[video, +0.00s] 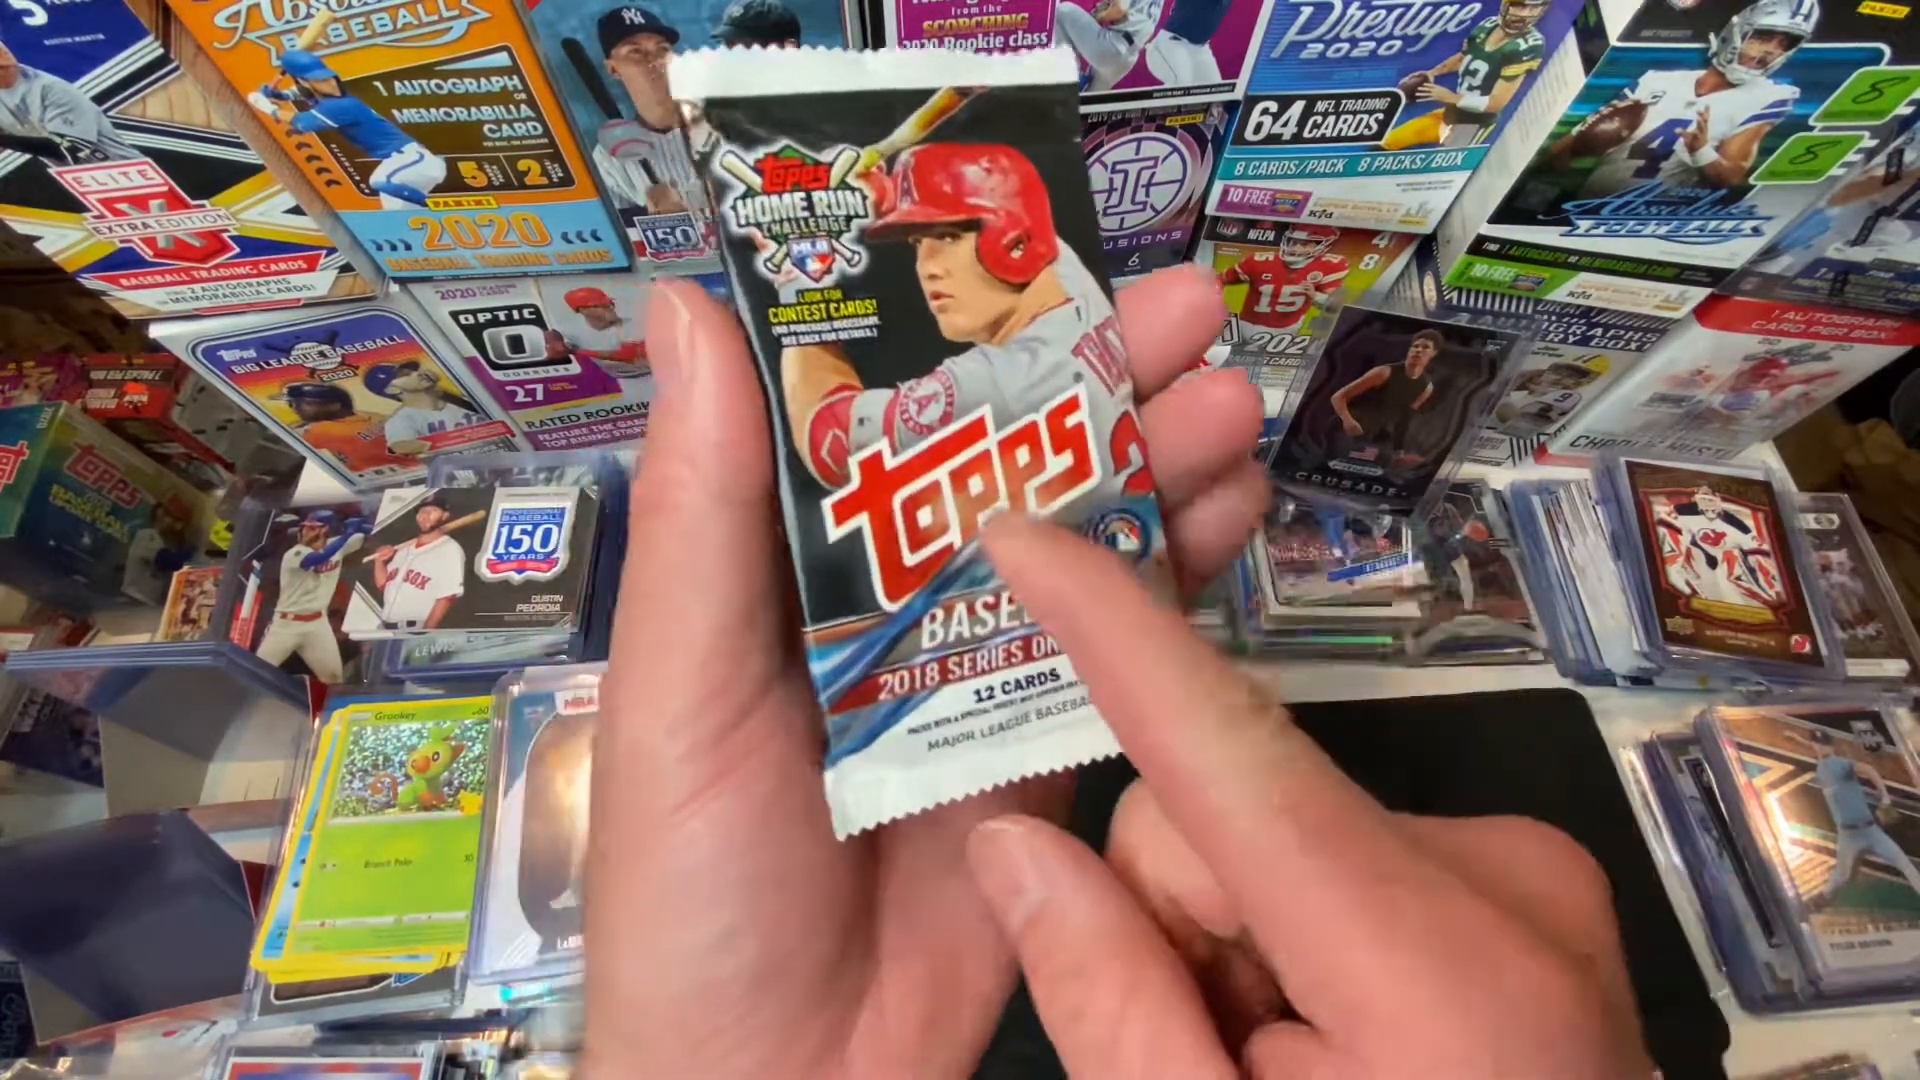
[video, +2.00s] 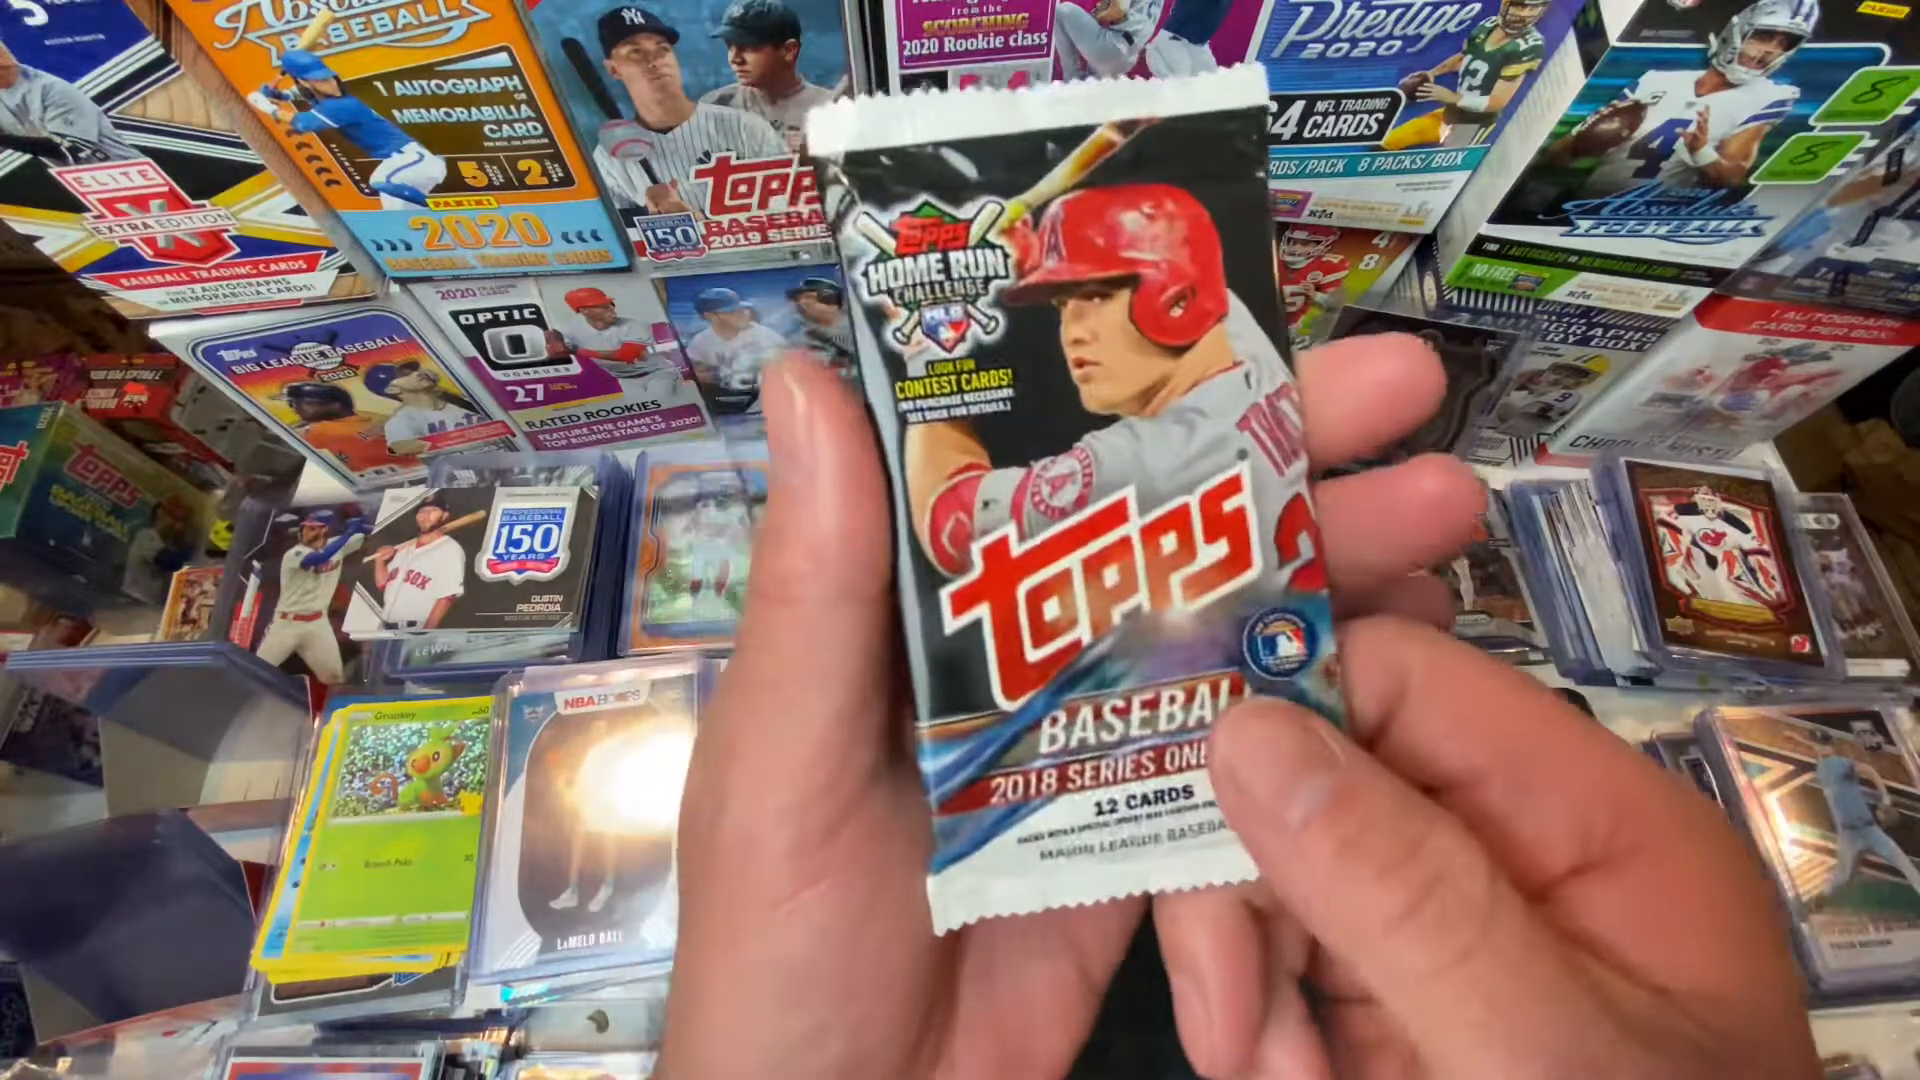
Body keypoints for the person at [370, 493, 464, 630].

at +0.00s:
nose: (425, 516)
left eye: (432, 511)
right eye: (422, 511)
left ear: (445, 516)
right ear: (416, 515)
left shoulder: (451, 550)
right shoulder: (405, 548)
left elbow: (446, 598)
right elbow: (383, 585)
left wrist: (425, 633)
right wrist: (379, 561)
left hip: (415, 630)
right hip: (385, 627)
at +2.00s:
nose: (426, 516)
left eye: (432, 511)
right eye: (422, 511)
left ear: (445, 516)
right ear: (416, 516)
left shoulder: (451, 550)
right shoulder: (404, 548)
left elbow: (447, 598)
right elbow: (382, 584)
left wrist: (425, 633)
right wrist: (380, 561)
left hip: (416, 631)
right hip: (386, 628)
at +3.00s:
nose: (425, 517)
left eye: (431, 512)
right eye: (421, 511)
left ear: (444, 516)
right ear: (416, 516)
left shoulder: (451, 549)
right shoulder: (405, 548)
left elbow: (446, 598)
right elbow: (381, 585)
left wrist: (425, 634)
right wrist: (379, 561)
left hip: (416, 630)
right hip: (387, 627)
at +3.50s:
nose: (426, 516)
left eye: (433, 511)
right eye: (422, 511)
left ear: (444, 516)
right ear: (416, 515)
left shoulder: (450, 550)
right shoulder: (405, 548)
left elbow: (447, 598)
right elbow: (382, 586)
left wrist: (424, 634)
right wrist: (379, 561)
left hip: (416, 630)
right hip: (386, 627)